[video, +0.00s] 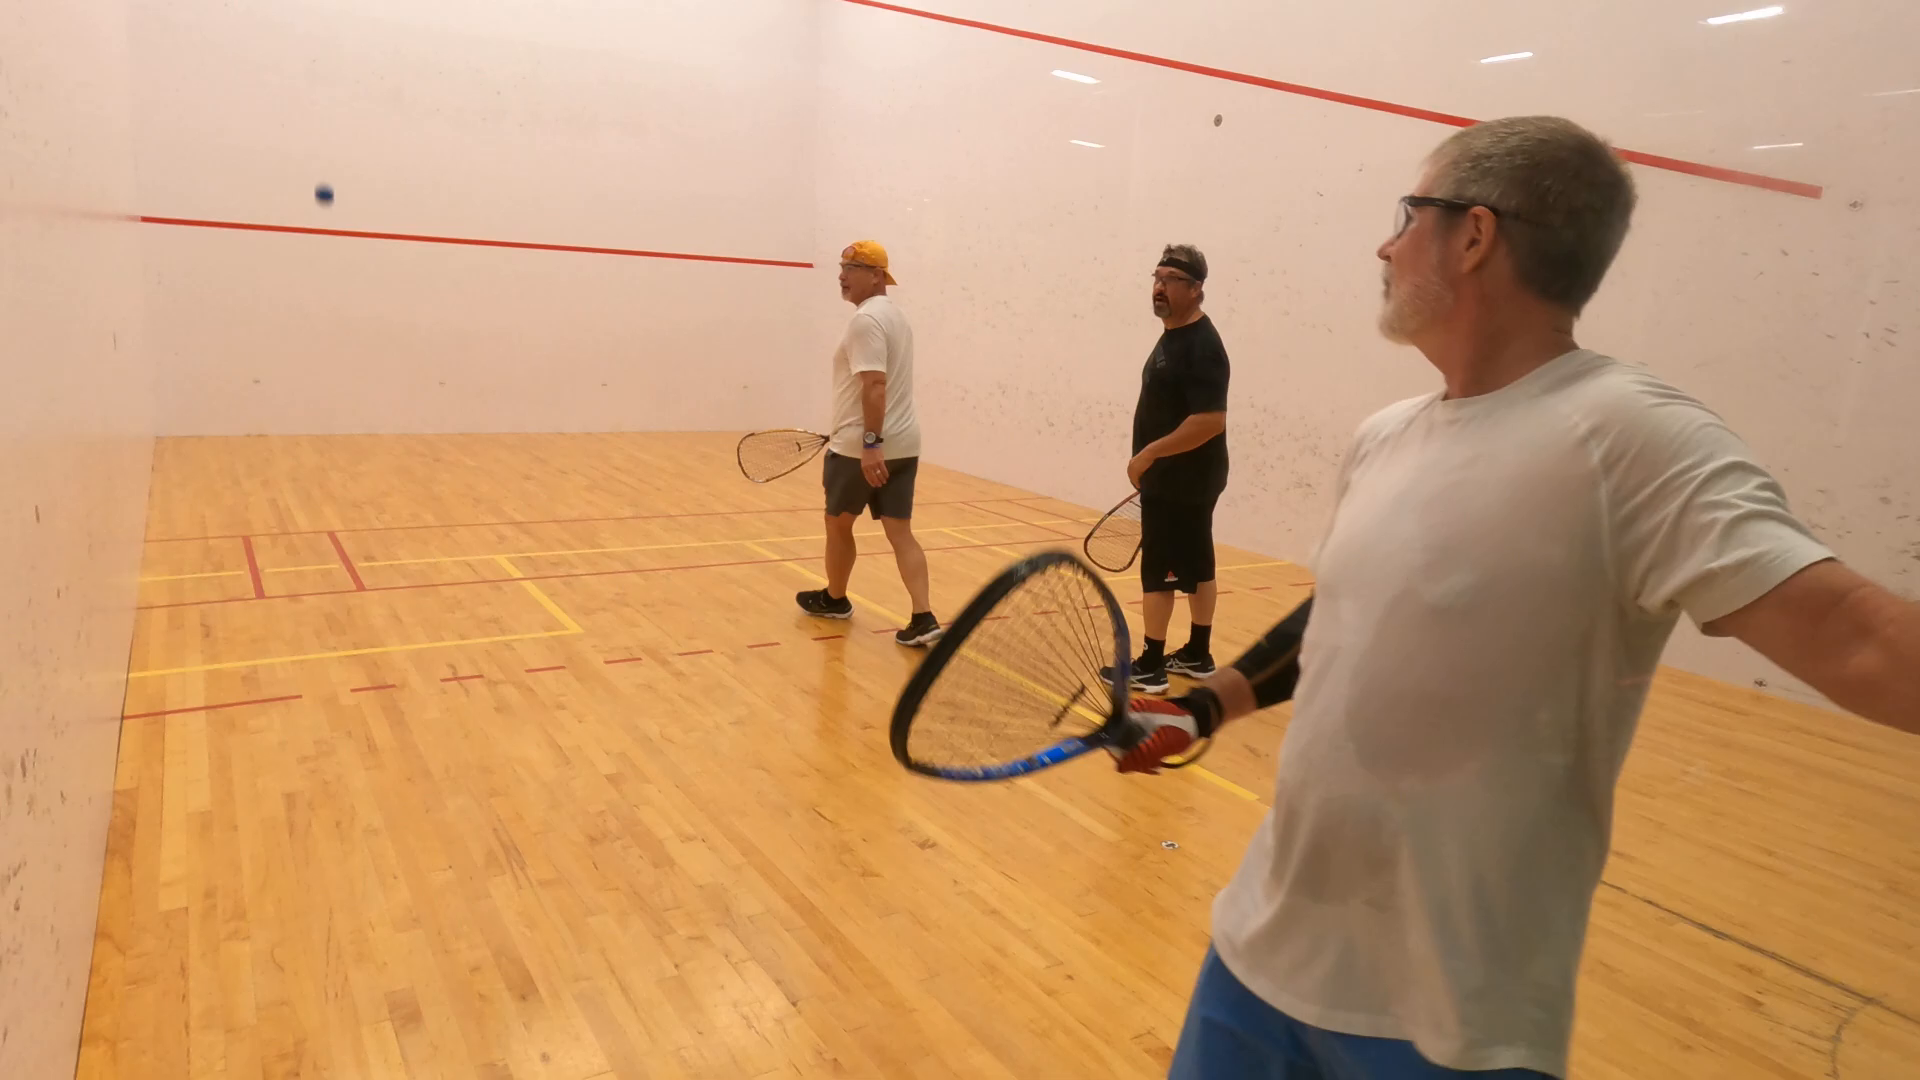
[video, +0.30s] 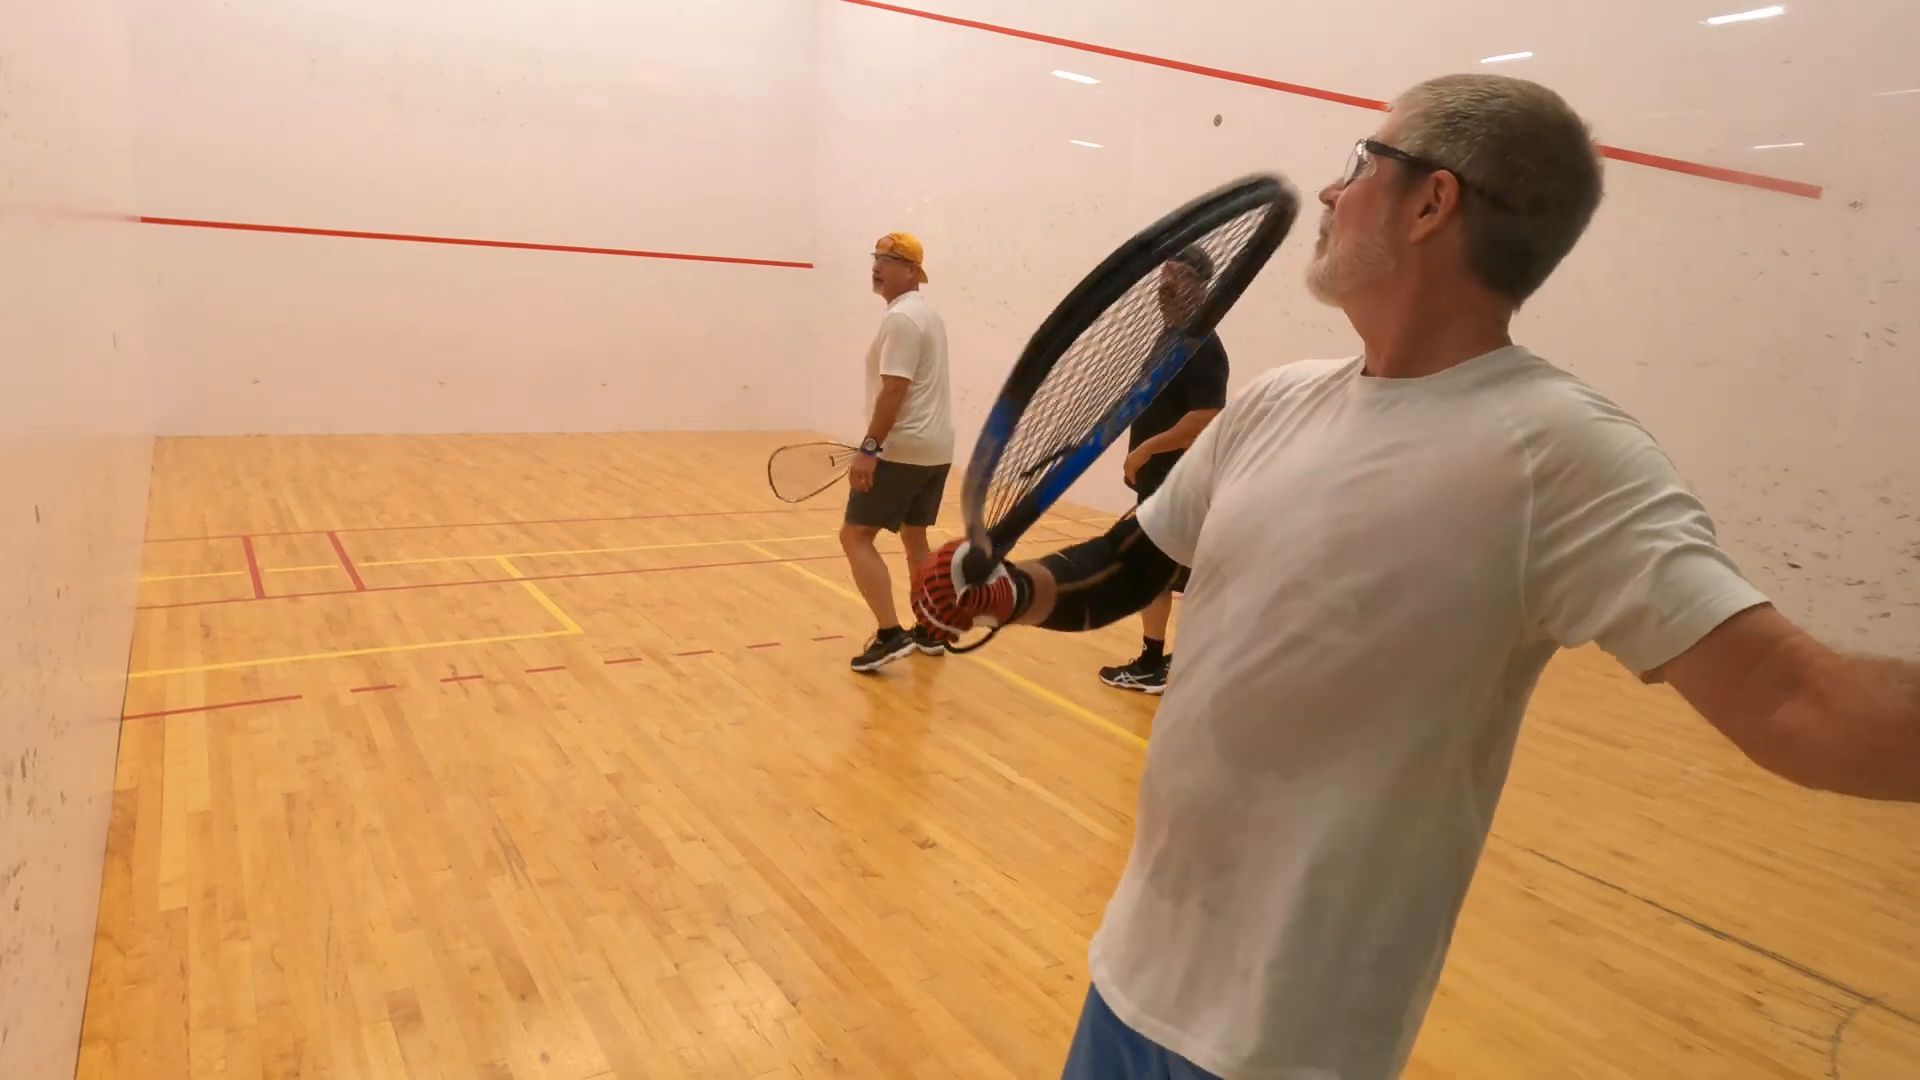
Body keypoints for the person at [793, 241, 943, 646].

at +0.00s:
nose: (842, 275)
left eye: (851, 268)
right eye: (843, 268)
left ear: (876, 276)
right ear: (877, 279)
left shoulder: (867, 319)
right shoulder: (897, 318)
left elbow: (875, 385)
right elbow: (888, 385)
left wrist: (872, 444)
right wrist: (844, 427)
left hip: (858, 447)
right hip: (902, 445)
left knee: (838, 521)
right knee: (900, 531)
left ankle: (835, 598)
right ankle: (923, 617)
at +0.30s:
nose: (874, 269)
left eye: (882, 262)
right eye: (874, 262)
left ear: (909, 271)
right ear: (910, 274)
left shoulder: (902, 318)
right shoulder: (928, 315)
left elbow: (895, 390)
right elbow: (921, 390)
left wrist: (868, 448)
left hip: (901, 450)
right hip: (935, 450)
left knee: (855, 536)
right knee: (914, 534)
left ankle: (889, 632)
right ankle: (933, 626)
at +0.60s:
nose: (886, 269)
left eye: (896, 262)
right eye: (886, 261)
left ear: (926, 271)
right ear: (925, 274)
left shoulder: (915, 323)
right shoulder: (942, 316)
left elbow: (903, 403)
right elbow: (932, 398)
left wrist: (860, 453)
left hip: (920, 460)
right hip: (955, 457)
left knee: (897, 558)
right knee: (933, 545)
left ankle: (913, 669)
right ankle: (946, 636)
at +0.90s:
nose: (938, 273)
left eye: (951, 267)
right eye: (939, 263)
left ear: (979, 282)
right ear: (940, 270)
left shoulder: (975, 334)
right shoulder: (962, 328)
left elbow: (989, 418)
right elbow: (950, 416)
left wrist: (971, 490)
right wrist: (913, 474)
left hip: (934, 481)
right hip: (972, 484)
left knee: (900, 568)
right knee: (982, 579)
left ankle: (914, 670)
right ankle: (1038, 676)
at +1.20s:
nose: (1003, 262)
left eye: (1011, 256)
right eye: (1009, 254)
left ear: (1028, 271)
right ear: (1046, 276)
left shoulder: (1020, 327)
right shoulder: (1065, 330)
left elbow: (1025, 411)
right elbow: (1051, 421)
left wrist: (1020, 489)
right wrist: (979, 467)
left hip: (1000, 495)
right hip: (1054, 496)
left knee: (943, 578)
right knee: (1042, 602)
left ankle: (945, 685)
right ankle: (1059, 715)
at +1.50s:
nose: (1052, 277)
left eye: (1058, 270)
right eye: (1058, 268)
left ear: (1072, 282)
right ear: (1103, 287)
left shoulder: (1069, 348)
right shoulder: (1124, 350)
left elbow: (1017, 426)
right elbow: (1128, 437)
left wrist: (943, 466)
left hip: (1057, 520)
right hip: (1103, 519)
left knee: (1020, 643)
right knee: (1060, 621)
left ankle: (1110, 754)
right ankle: (1067, 721)